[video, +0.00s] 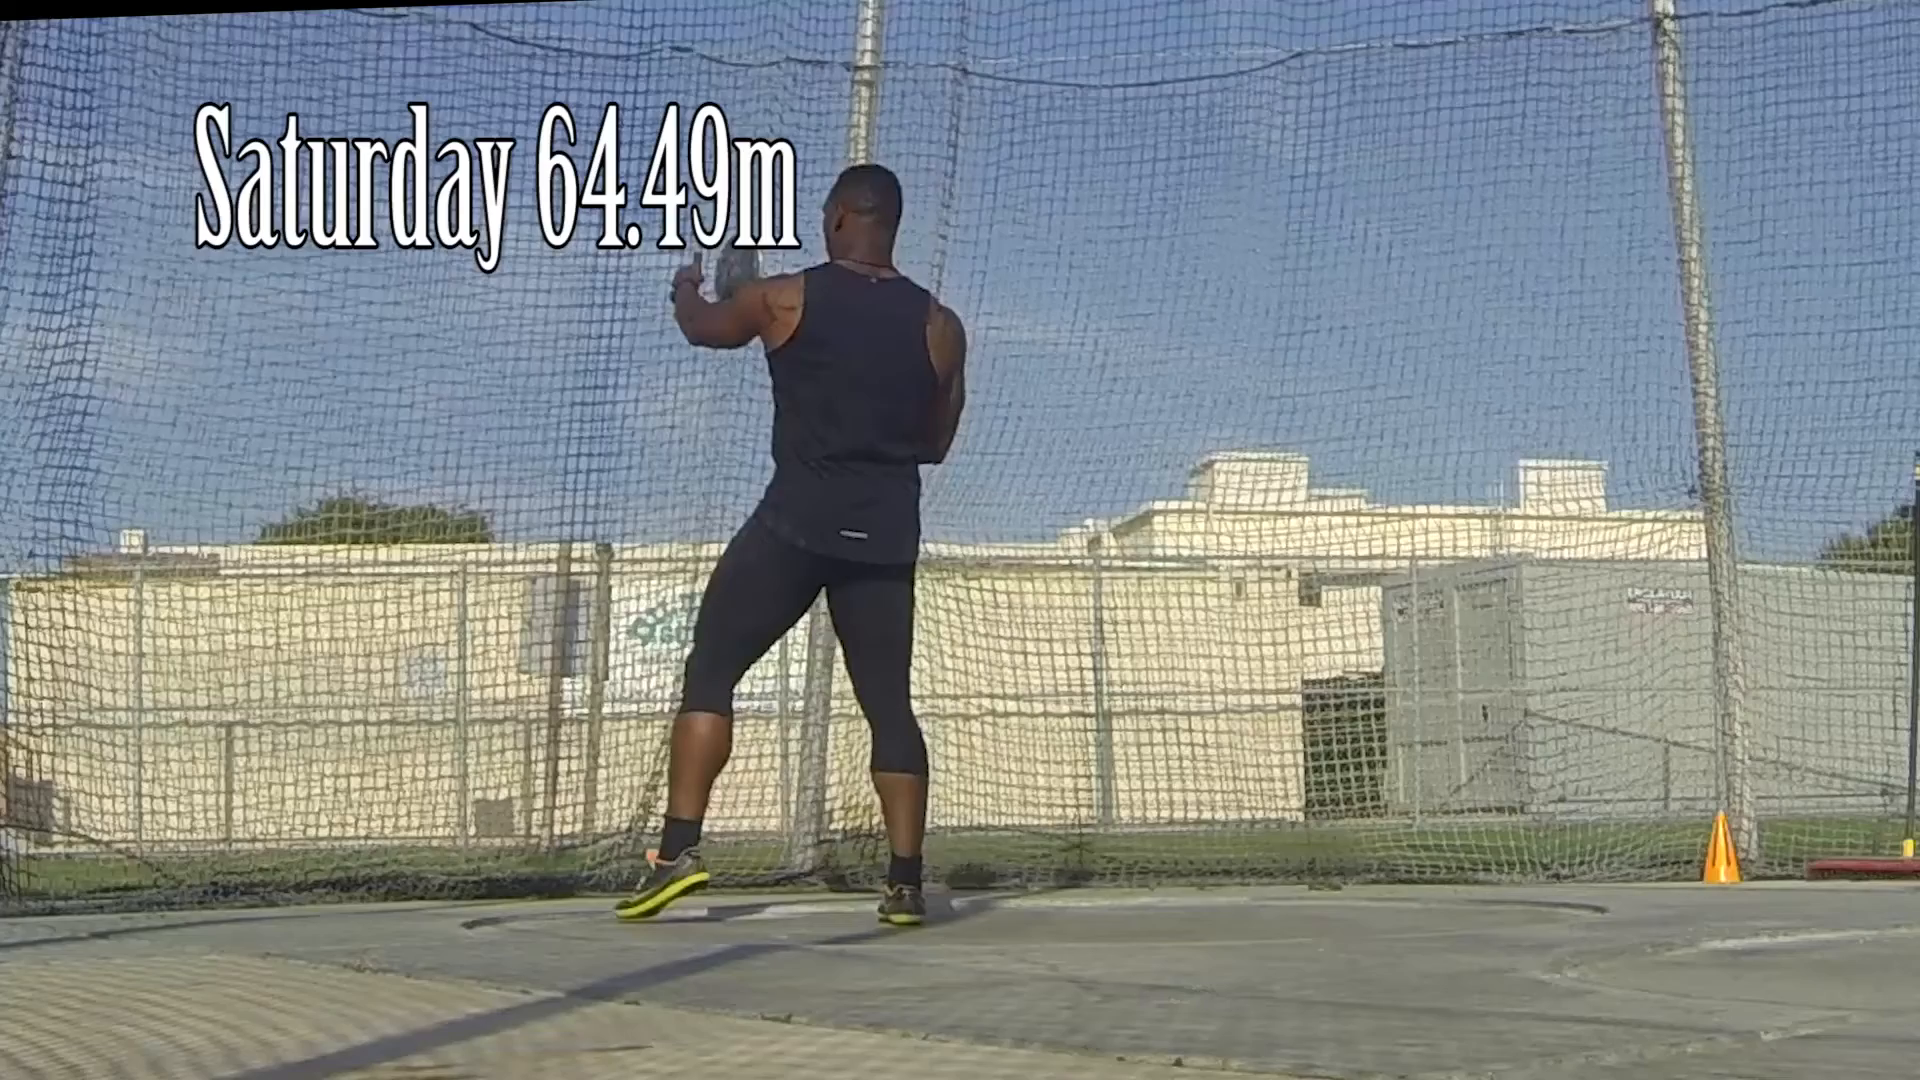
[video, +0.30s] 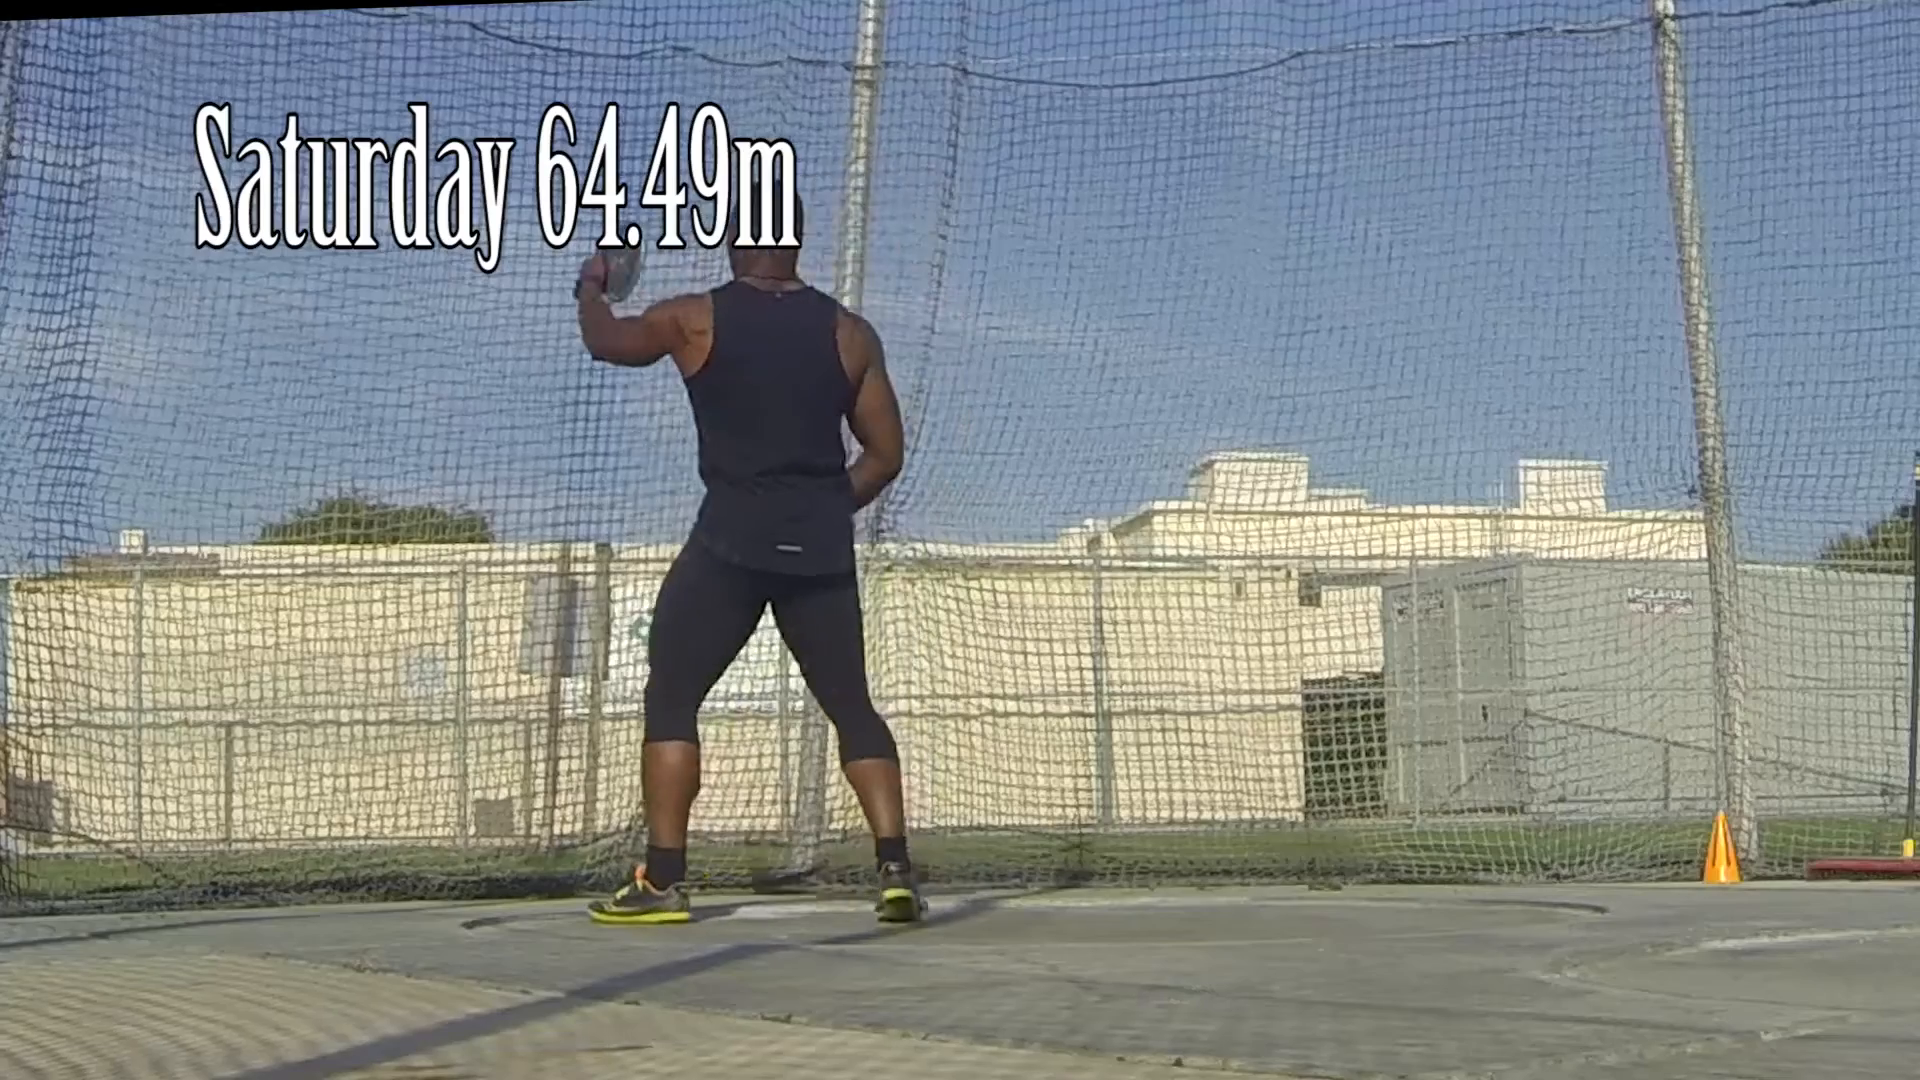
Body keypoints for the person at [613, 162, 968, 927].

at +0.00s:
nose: (826, 232)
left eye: (828, 221)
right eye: (835, 222)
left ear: (835, 221)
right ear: (898, 228)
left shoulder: (785, 297)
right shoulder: (940, 325)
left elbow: (703, 326)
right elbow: (935, 444)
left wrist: (688, 294)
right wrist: (860, 414)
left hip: (795, 523)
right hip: (886, 537)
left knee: (711, 671)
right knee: (890, 702)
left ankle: (677, 851)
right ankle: (907, 883)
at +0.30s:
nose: (743, 253)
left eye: (736, 243)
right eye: (772, 238)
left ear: (731, 246)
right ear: (800, 248)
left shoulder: (695, 316)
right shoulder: (847, 330)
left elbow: (606, 340)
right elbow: (885, 455)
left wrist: (590, 286)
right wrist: (823, 503)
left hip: (730, 544)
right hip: (824, 547)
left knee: (671, 697)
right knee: (851, 705)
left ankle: (662, 879)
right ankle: (895, 868)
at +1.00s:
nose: (677, 334)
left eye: (675, 322)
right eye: (675, 324)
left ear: (685, 313)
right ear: (733, 303)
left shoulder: (703, 358)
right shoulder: (808, 359)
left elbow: (721, 439)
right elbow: (884, 447)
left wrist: (712, 531)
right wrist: (871, 546)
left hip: (746, 568)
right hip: (827, 568)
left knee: (660, 704)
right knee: (857, 718)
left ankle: (662, 880)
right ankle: (900, 877)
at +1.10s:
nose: (691, 344)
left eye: (691, 333)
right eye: (691, 334)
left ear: (702, 323)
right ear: (753, 315)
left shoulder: (720, 353)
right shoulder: (824, 367)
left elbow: (744, 412)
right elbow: (900, 453)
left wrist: (756, 499)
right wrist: (874, 543)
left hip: (755, 558)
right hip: (836, 568)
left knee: (652, 691)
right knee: (858, 718)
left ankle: (650, 865)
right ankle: (901, 878)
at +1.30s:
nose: (693, 347)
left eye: (692, 336)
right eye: (694, 338)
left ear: (702, 329)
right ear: (756, 323)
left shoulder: (710, 361)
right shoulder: (827, 377)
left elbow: (730, 402)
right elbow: (904, 460)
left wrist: (724, 492)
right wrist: (892, 560)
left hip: (750, 567)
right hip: (831, 577)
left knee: (654, 703)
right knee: (859, 721)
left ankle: (654, 876)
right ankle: (901, 878)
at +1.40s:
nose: (681, 345)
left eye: (680, 334)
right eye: (682, 336)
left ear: (692, 326)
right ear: (742, 322)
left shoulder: (697, 366)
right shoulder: (816, 376)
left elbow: (695, 440)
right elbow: (886, 464)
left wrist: (667, 531)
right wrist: (890, 569)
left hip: (738, 571)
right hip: (826, 578)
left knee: (651, 707)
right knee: (858, 720)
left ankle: (658, 880)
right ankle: (902, 878)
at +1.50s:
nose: (671, 335)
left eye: (670, 326)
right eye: (674, 327)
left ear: (677, 322)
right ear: (731, 315)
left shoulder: (675, 375)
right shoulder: (807, 371)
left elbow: (652, 475)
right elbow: (863, 471)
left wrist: (620, 577)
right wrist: (870, 577)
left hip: (728, 570)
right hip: (819, 574)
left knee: (650, 709)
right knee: (856, 715)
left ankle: (659, 882)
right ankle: (903, 873)